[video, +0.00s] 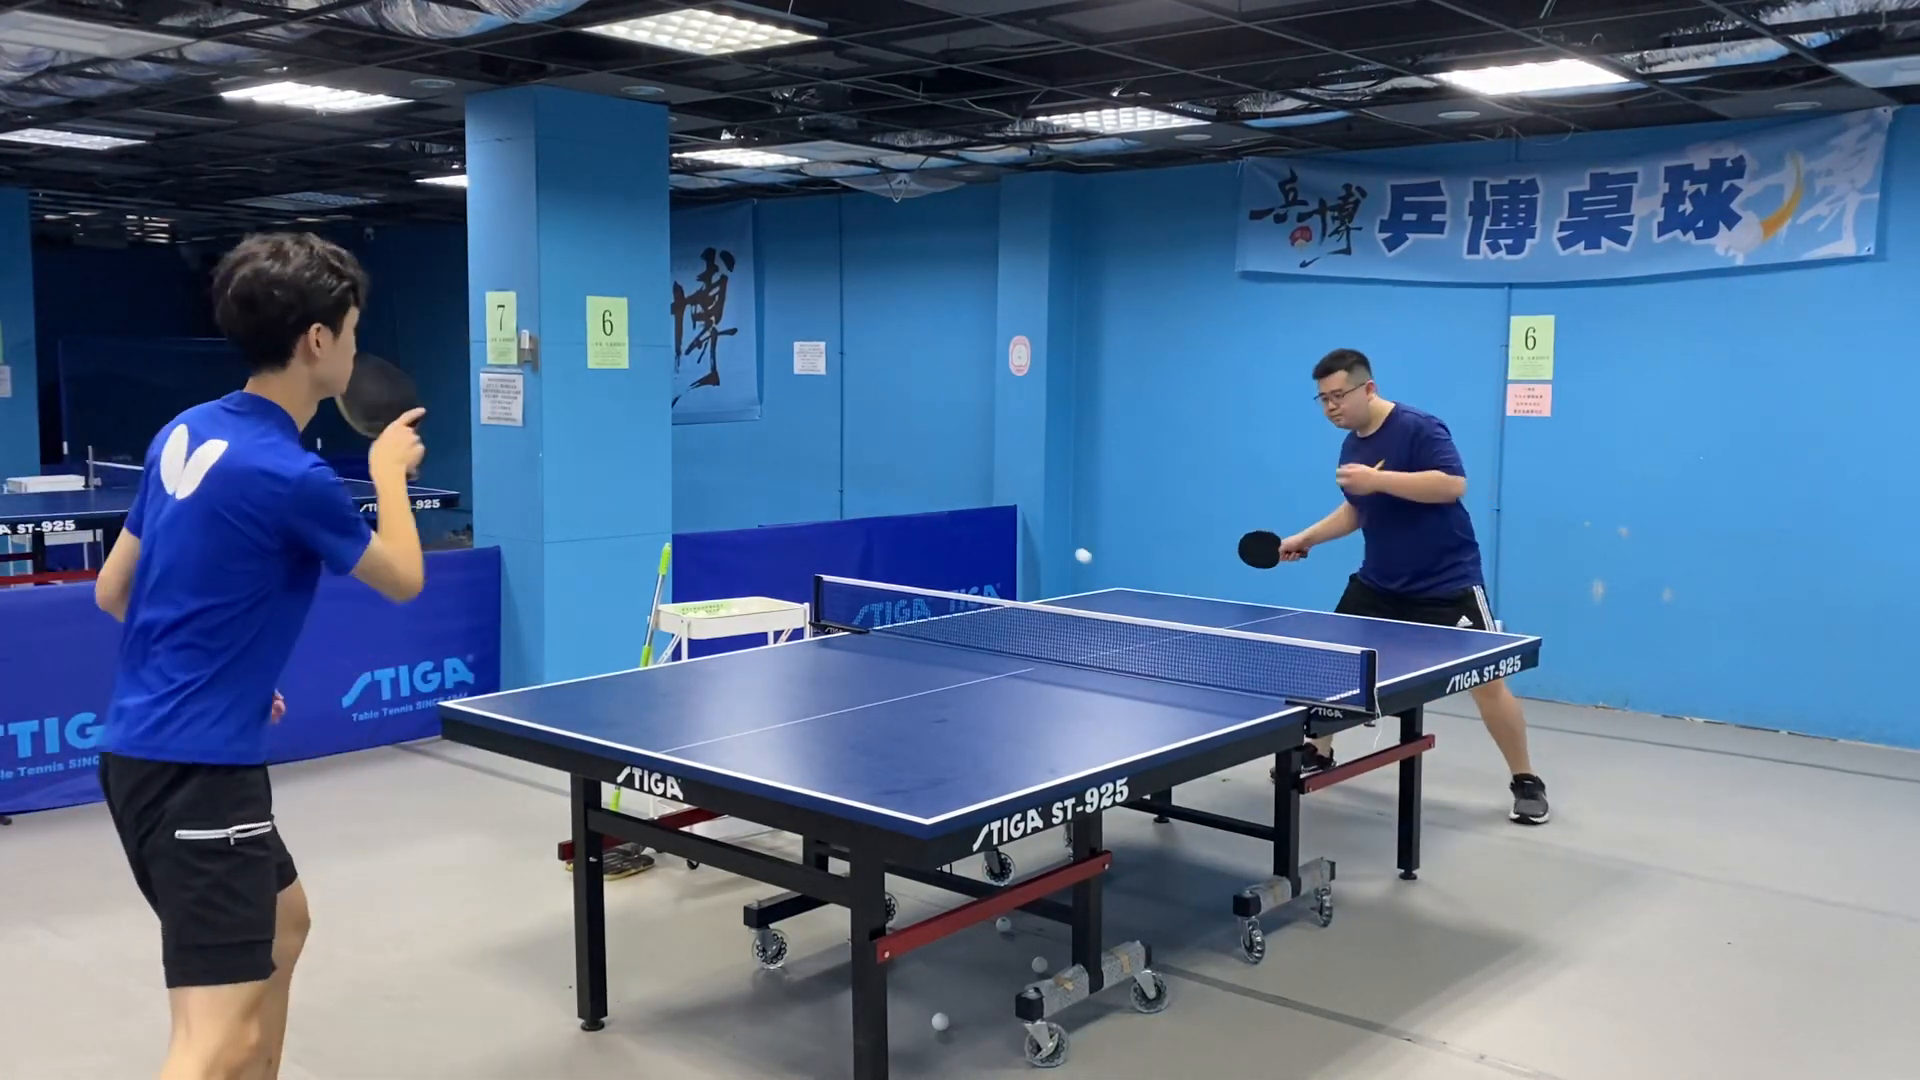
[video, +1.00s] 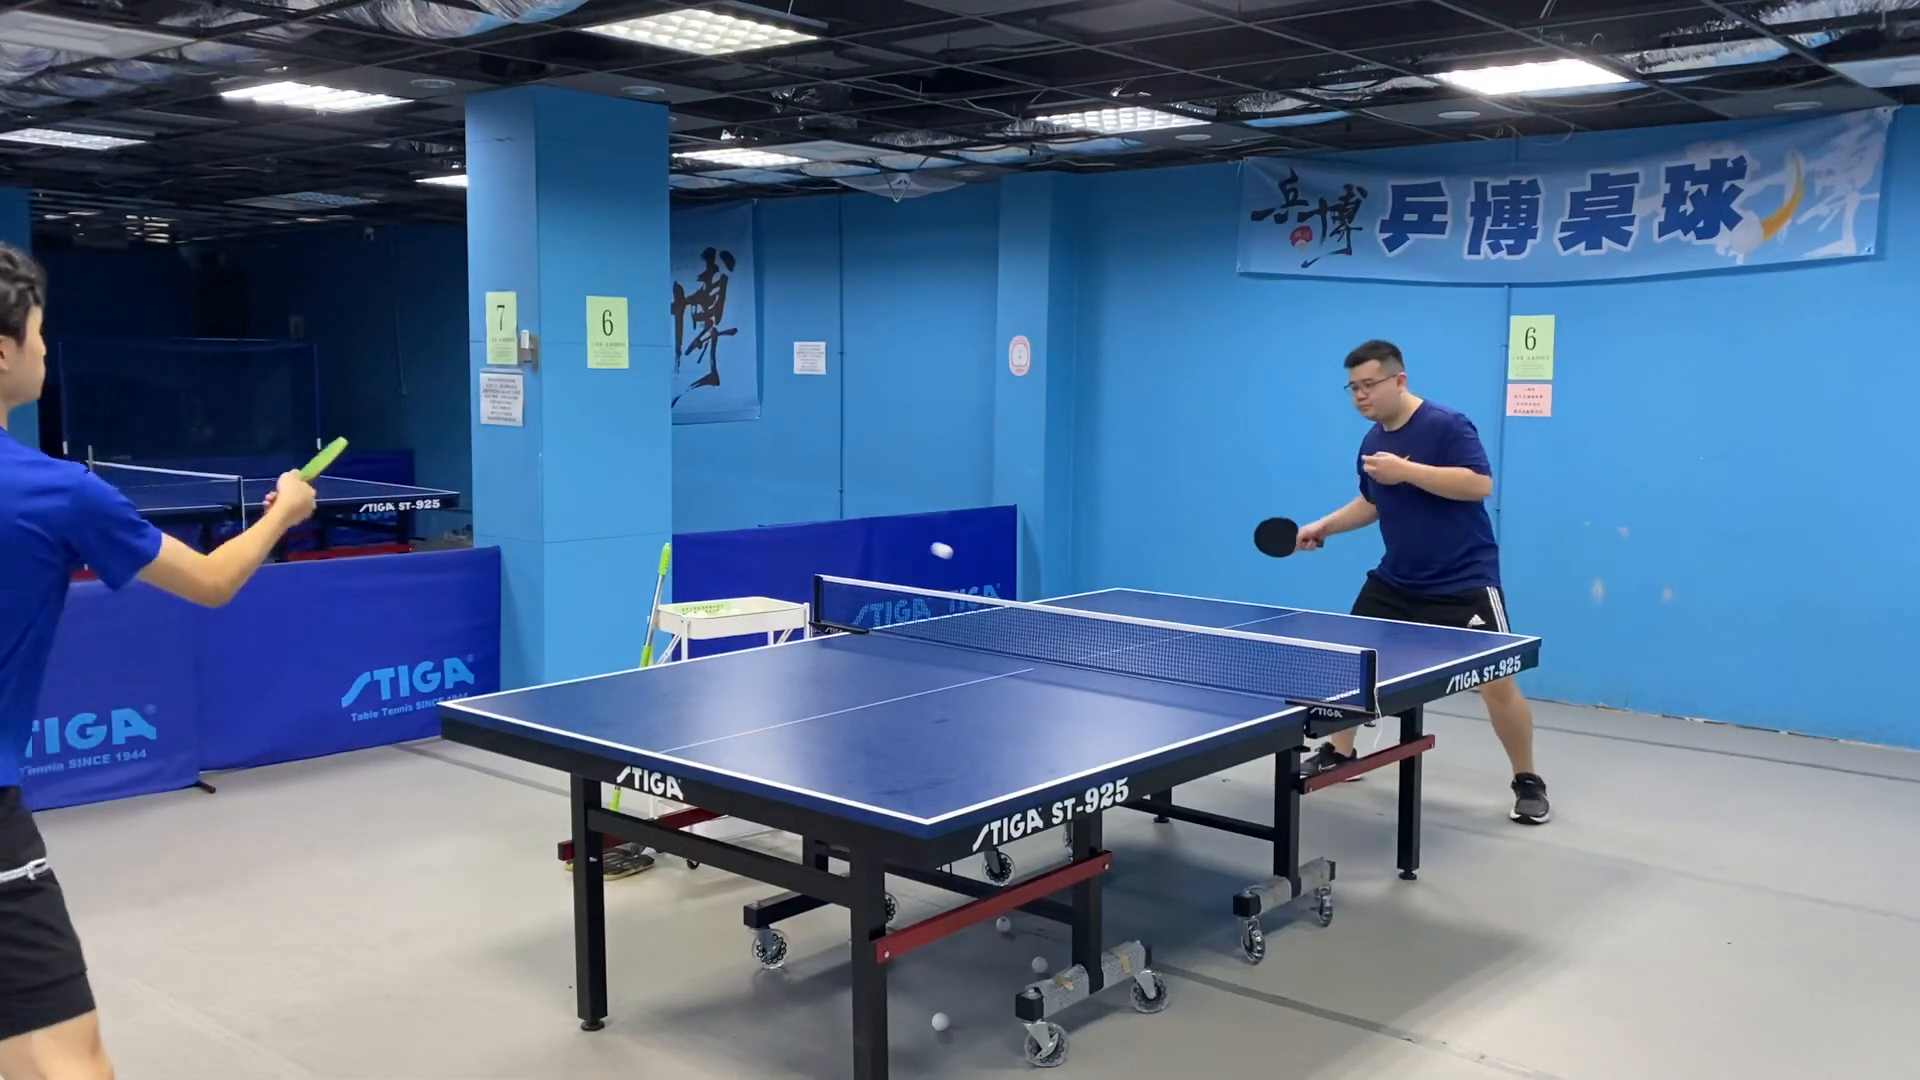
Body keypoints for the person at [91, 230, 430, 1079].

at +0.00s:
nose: (355, 352)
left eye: (353, 331)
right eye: (351, 332)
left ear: (269, 335)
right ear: (313, 341)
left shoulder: (185, 434)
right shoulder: (291, 475)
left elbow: (113, 590)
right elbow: (404, 575)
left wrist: (232, 677)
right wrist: (391, 470)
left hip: (160, 746)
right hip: (198, 766)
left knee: (284, 923)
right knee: (218, 1040)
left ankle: (255, 1074)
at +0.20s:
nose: (323, 369)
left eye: (320, 349)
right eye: (318, 350)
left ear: (211, 357)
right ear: (282, 362)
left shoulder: (139, 462)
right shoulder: (257, 513)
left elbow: (54, 621)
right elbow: (346, 685)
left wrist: (182, 626)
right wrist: (384, 586)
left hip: (80, 803)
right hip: (157, 819)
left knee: (217, 1039)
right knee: (213, 1060)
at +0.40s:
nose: (296, 393)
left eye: (295, 374)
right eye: (293, 375)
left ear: (224, 385)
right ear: (249, 387)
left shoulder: (165, 485)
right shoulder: (141, 539)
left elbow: (153, 632)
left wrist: (267, 669)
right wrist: (320, 759)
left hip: (119, 802)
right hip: (62, 836)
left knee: (182, 954)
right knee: (179, 1065)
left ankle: (91, 1066)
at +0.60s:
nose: (231, 469)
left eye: (232, 449)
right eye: (228, 449)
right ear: (187, 460)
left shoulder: (126, 572)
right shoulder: (49, 610)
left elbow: (99, 735)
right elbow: (10, 834)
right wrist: (158, 799)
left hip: (78, 872)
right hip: (22, 902)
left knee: (92, 1046)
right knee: (191, 1068)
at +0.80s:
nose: (114, 406)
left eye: (114, 388)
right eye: (110, 388)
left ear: (22, 398)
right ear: (66, 402)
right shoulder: (102, 549)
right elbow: (207, 689)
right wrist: (249, 623)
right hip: (19, 871)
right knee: (167, 1069)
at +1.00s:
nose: (44, 355)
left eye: (39, 334)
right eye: (37, 336)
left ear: (0, 349)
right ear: (1, 349)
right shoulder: (52, 490)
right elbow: (209, 582)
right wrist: (283, 513)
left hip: (6, 798)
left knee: (27, 1051)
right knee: (66, 1052)